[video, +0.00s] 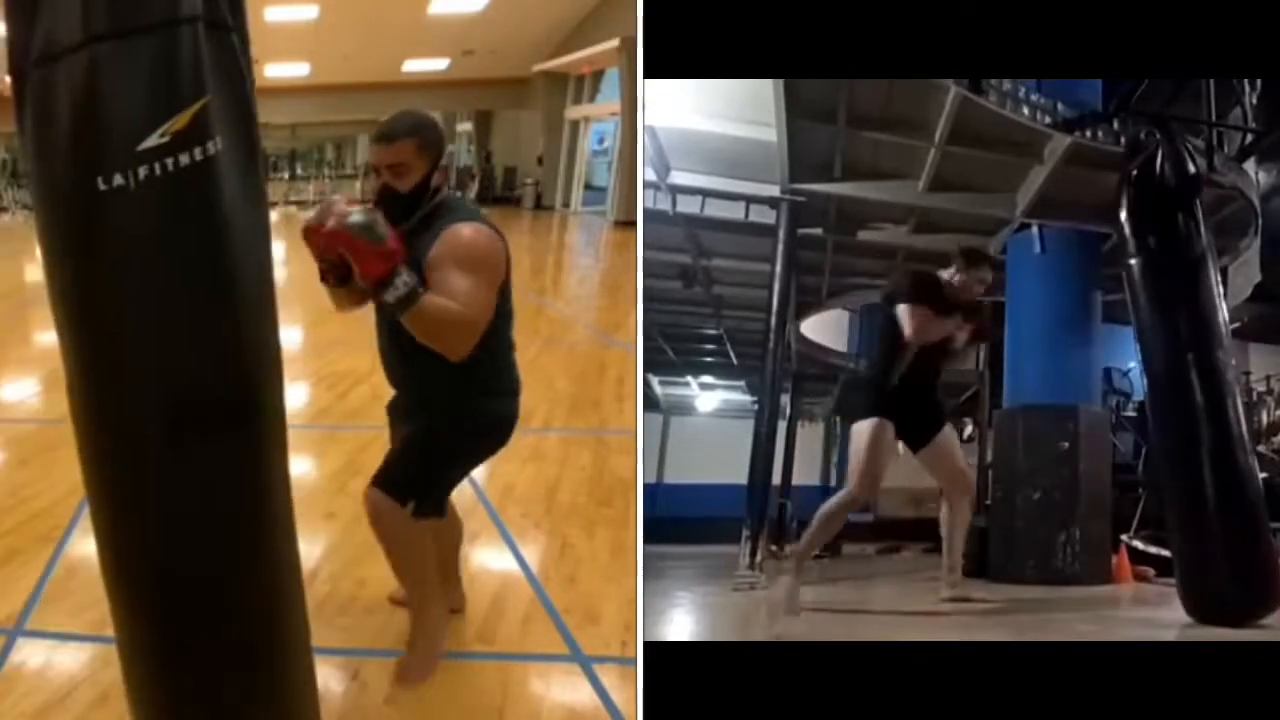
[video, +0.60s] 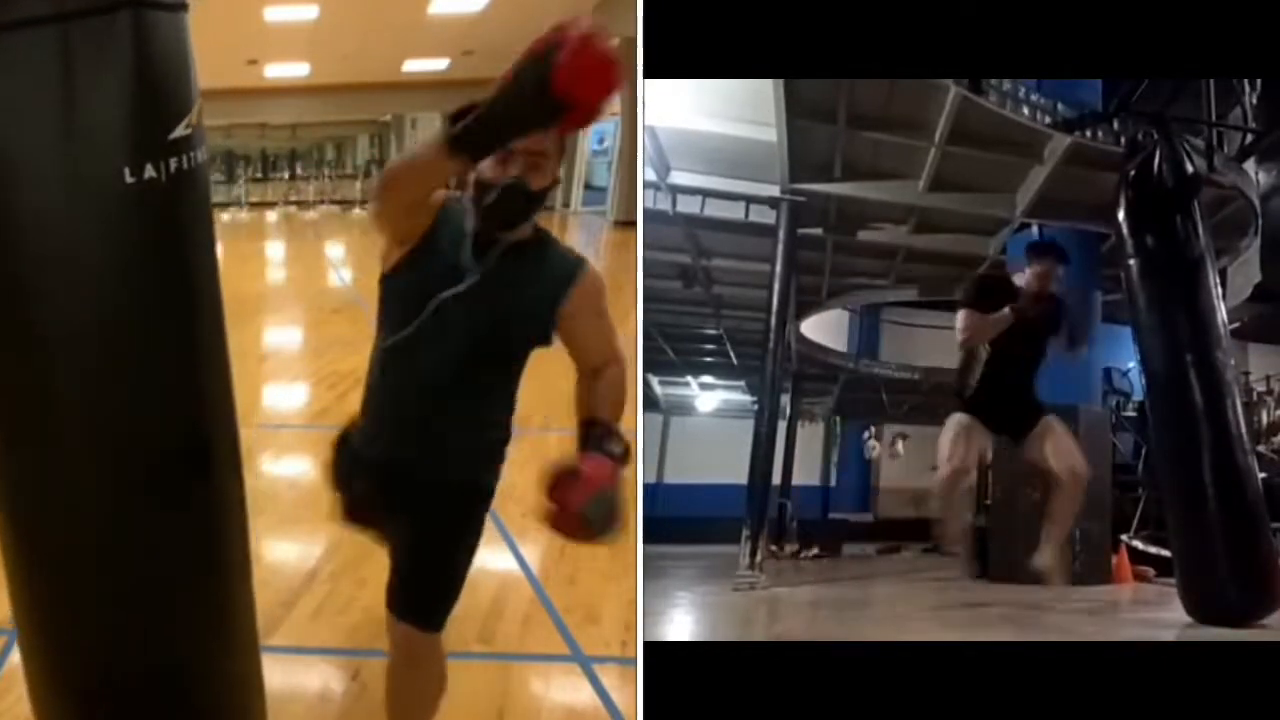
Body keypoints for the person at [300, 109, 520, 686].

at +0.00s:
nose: (385, 185)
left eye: (399, 172)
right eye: (379, 172)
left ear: (436, 168)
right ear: (375, 165)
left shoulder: (467, 238)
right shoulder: (393, 218)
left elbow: (458, 337)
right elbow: (350, 299)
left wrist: (389, 277)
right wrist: (334, 257)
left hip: (469, 408)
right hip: (419, 393)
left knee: (387, 500)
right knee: (429, 499)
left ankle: (429, 620)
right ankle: (445, 590)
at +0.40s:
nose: (435, 175)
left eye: (452, 165)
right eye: (426, 161)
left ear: (482, 168)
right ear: (415, 161)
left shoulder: (491, 231)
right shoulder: (412, 230)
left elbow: (497, 282)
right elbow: (358, 281)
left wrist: (395, 232)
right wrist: (298, 327)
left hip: (484, 428)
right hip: (425, 414)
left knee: (444, 570)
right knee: (440, 510)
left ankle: (433, 710)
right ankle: (444, 588)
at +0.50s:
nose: (460, 178)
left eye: (479, 168)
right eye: (451, 163)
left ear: (506, 178)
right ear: (437, 165)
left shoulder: (524, 261)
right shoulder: (405, 242)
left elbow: (603, 344)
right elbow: (329, 263)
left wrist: (517, 369)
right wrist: (364, 215)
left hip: (468, 454)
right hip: (401, 435)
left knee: (417, 605)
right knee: (425, 525)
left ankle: (410, 712)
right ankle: (445, 603)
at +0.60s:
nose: (517, 172)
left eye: (538, 159)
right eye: (503, 154)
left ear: (557, 173)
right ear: (471, 158)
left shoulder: (563, 277)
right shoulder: (418, 227)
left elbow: (602, 366)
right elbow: (398, 184)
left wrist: (602, 451)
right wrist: (498, 117)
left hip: (456, 475)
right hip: (374, 450)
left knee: (413, 631)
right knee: (377, 524)